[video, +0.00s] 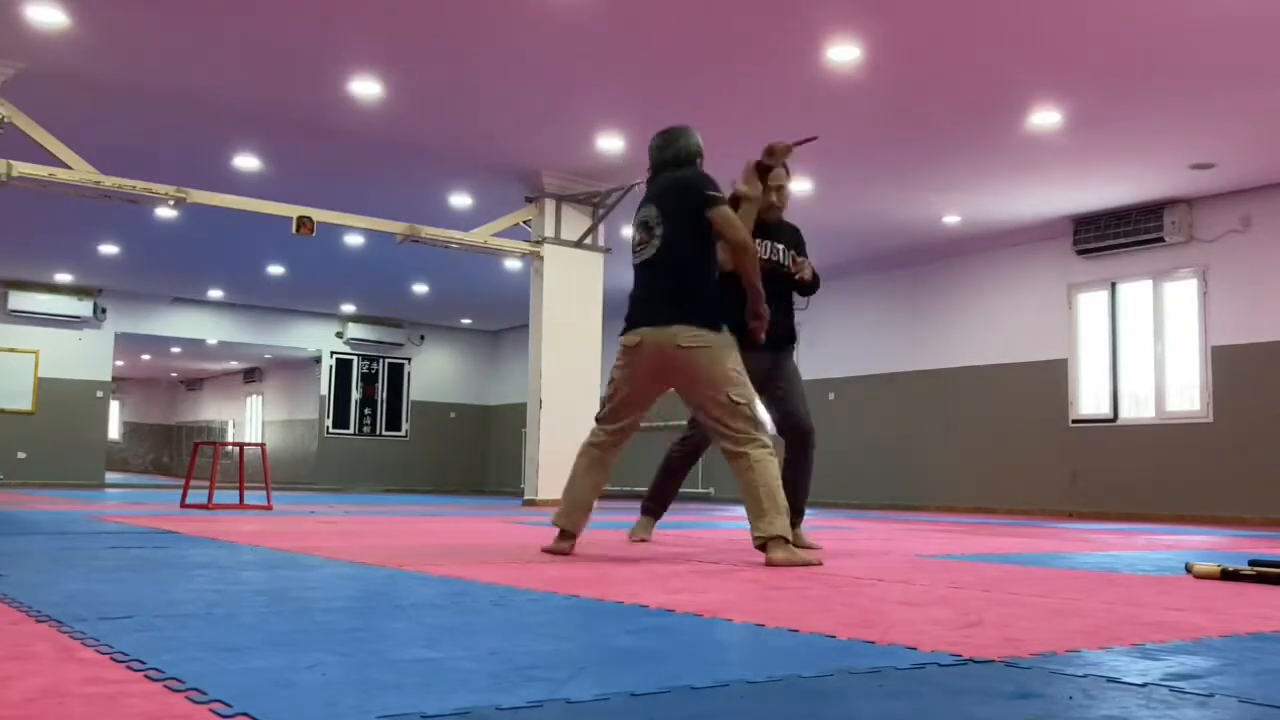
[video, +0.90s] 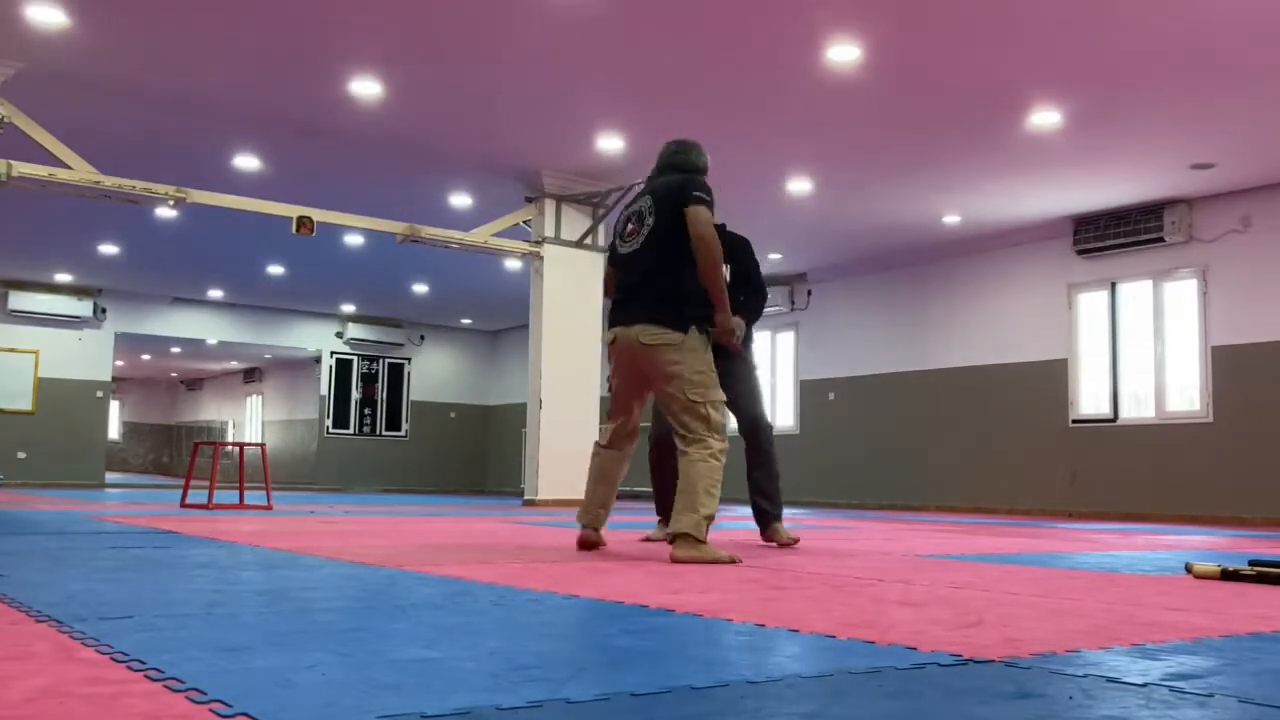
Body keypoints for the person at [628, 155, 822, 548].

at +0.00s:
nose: (780, 195)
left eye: (784, 187)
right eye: (773, 188)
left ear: (789, 191)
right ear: (755, 188)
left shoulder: (790, 235)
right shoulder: (727, 224)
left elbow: (807, 289)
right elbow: (726, 258)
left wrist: (806, 276)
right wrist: (751, 199)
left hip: (776, 355)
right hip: (732, 352)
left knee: (801, 431)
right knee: (696, 437)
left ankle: (790, 527)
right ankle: (647, 518)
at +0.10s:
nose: (701, 177)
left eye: (701, 169)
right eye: (700, 168)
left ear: (655, 163)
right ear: (690, 167)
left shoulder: (666, 217)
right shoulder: (662, 189)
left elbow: (730, 248)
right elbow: (661, 224)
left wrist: (769, 198)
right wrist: (719, 268)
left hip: (619, 337)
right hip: (665, 336)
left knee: (613, 435)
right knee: (727, 425)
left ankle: (571, 530)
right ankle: (704, 530)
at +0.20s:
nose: (703, 171)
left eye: (702, 163)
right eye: (702, 162)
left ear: (661, 155)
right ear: (693, 160)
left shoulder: (671, 213)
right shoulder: (659, 178)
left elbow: (726, 254)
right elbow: (622, 207)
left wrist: (792, 248)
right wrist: (678, 261)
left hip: (616, 330)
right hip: (651, 328)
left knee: (619, 431)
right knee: (702, 423)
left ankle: (560, 512)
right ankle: (671, 539)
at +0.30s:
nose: (768, 201)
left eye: (775, 193)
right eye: (760, 194)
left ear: (788, 196)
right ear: (748, 198)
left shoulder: (802, 237)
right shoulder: (730, 241)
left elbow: (818, 277)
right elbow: (729, 299)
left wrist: (770, 242)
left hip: (784, 353)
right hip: (732, 350)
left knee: (805, 432)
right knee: (701, 432)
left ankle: (791, 528)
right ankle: (678, 524)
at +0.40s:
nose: (744, 200)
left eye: (751, 193)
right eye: (736, 194)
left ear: (767, 196)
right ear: (726, 198)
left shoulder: (782, 229)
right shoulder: (712, 239)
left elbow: (792, 251)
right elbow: (690, 298)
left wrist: (737, 231)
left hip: (775, 354)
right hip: (722, 355)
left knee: (799, 430)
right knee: (693, 439)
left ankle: (792, 527)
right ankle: (671, 526)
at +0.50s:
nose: (712, 204)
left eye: (719, 196)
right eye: (704, 197)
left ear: (734, 196)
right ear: (694, 200)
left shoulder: (752, 224)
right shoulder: (686, 235)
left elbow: (769, 254)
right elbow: (668, 284)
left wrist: (729, 286)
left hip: (757, 352)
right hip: (706, 354)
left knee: (789, 430)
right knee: (682, 433)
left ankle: (811, 521)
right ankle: (670, 521)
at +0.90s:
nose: (699, 213)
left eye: (702, 207)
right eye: (692, 208)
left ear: (710, 210)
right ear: (682, 213)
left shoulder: (734, 244)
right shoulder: (669, 250)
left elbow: (756, 292)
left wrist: (741, 320)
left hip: (727, 345)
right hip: (677, 345)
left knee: (757, 426)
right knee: (663, 435)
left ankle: (771, 522)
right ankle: (669, 520)